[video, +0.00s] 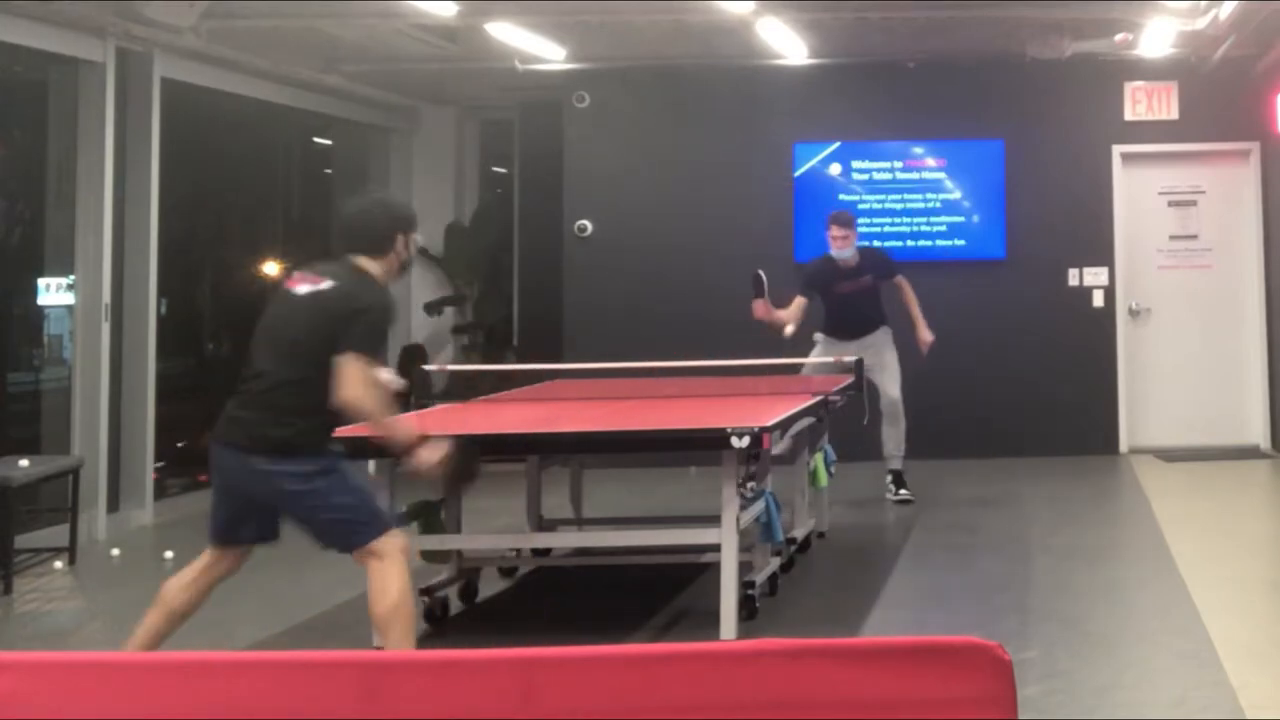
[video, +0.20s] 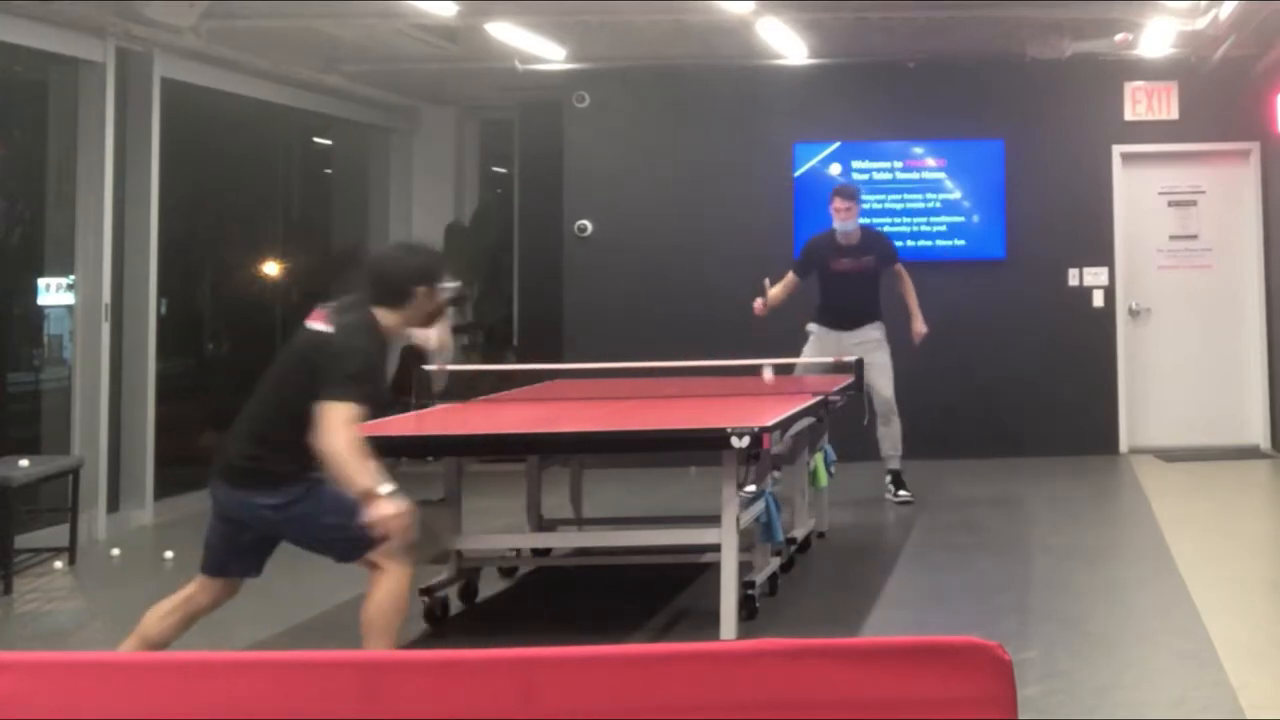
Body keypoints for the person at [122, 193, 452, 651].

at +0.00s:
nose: (412, 252)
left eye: (412, 240)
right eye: (410, 241)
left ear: (352, 238)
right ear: (395, 243)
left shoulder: (303, 278)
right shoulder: (368, 295)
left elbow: (295, 359)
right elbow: (351, 392)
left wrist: (365, 373)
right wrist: (408, 439)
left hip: (235, 450)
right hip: (295, 457)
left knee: (223, 555)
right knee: (387, 549)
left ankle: (127, 659)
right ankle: (404, 685)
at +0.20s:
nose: (438, 302)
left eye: (439, 292)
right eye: (436, 292)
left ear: (381, 287)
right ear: (416, 295)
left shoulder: (341, 314)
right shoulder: (357, 341)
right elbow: (335, 434)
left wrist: (418, 333)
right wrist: (377, 495)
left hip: (239, 483)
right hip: (277, 489)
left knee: (212, 587)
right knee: (394, 555)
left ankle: (117, 669)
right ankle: (378, 681)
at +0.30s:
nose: (495, 285)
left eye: (493, 275)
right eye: (489, 278)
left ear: (434, 275)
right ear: (464, 289)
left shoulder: (379, 293)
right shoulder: (423, 343)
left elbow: (324, 289)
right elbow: (473, 441)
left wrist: (365, 262)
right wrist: (533, 454)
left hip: (266, 460)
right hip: (310, 477)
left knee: (207, 561)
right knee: (416, 560)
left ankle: (117, 660)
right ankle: (372, 688)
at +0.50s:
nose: (553, 207)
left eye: (549, 197)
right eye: (550, 199)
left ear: (479, 198)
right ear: (536, 207)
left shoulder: (440, 243)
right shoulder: (542, 267)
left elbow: (387, 255)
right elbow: (626, 290)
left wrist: (430, 210)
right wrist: (690, 291)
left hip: (364, 417)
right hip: (424, 443)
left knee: (317, 485)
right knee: (443, 566)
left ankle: (267, 561)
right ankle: (377, 672)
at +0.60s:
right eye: (554, 165)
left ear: (493, 172)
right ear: (554, 171)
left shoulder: (467, 209)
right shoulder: (573, 214)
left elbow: (416, 200)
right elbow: (659, 226)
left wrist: (469, 143)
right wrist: (649, 182)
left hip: (431, 383)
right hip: (497, 401)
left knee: (383, 453)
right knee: (486, 547)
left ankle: (332, 520)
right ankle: (418, 662)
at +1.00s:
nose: (613, 213)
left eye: (614, 205)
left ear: (616, 212)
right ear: (677, 210)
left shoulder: (590, 272)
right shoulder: (716, 276)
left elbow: (558, 363)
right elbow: (745, 363)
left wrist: (524, 434)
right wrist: (776, 407)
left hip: (609, 457)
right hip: (693, 457)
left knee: (561, 587)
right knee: (718, 599)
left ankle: (498, 703)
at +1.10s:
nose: (614, 189)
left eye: (614, 180)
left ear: (613, 189)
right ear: (673, 184)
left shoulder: (589, 252)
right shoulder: (719, 248)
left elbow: (589, 344)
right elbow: (738, 336)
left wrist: (574, 416)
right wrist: (746, 419)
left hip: (610, 427)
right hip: (694, 429)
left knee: (556, 576)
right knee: (717, 588)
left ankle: (506, 709)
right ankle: (738, 716)